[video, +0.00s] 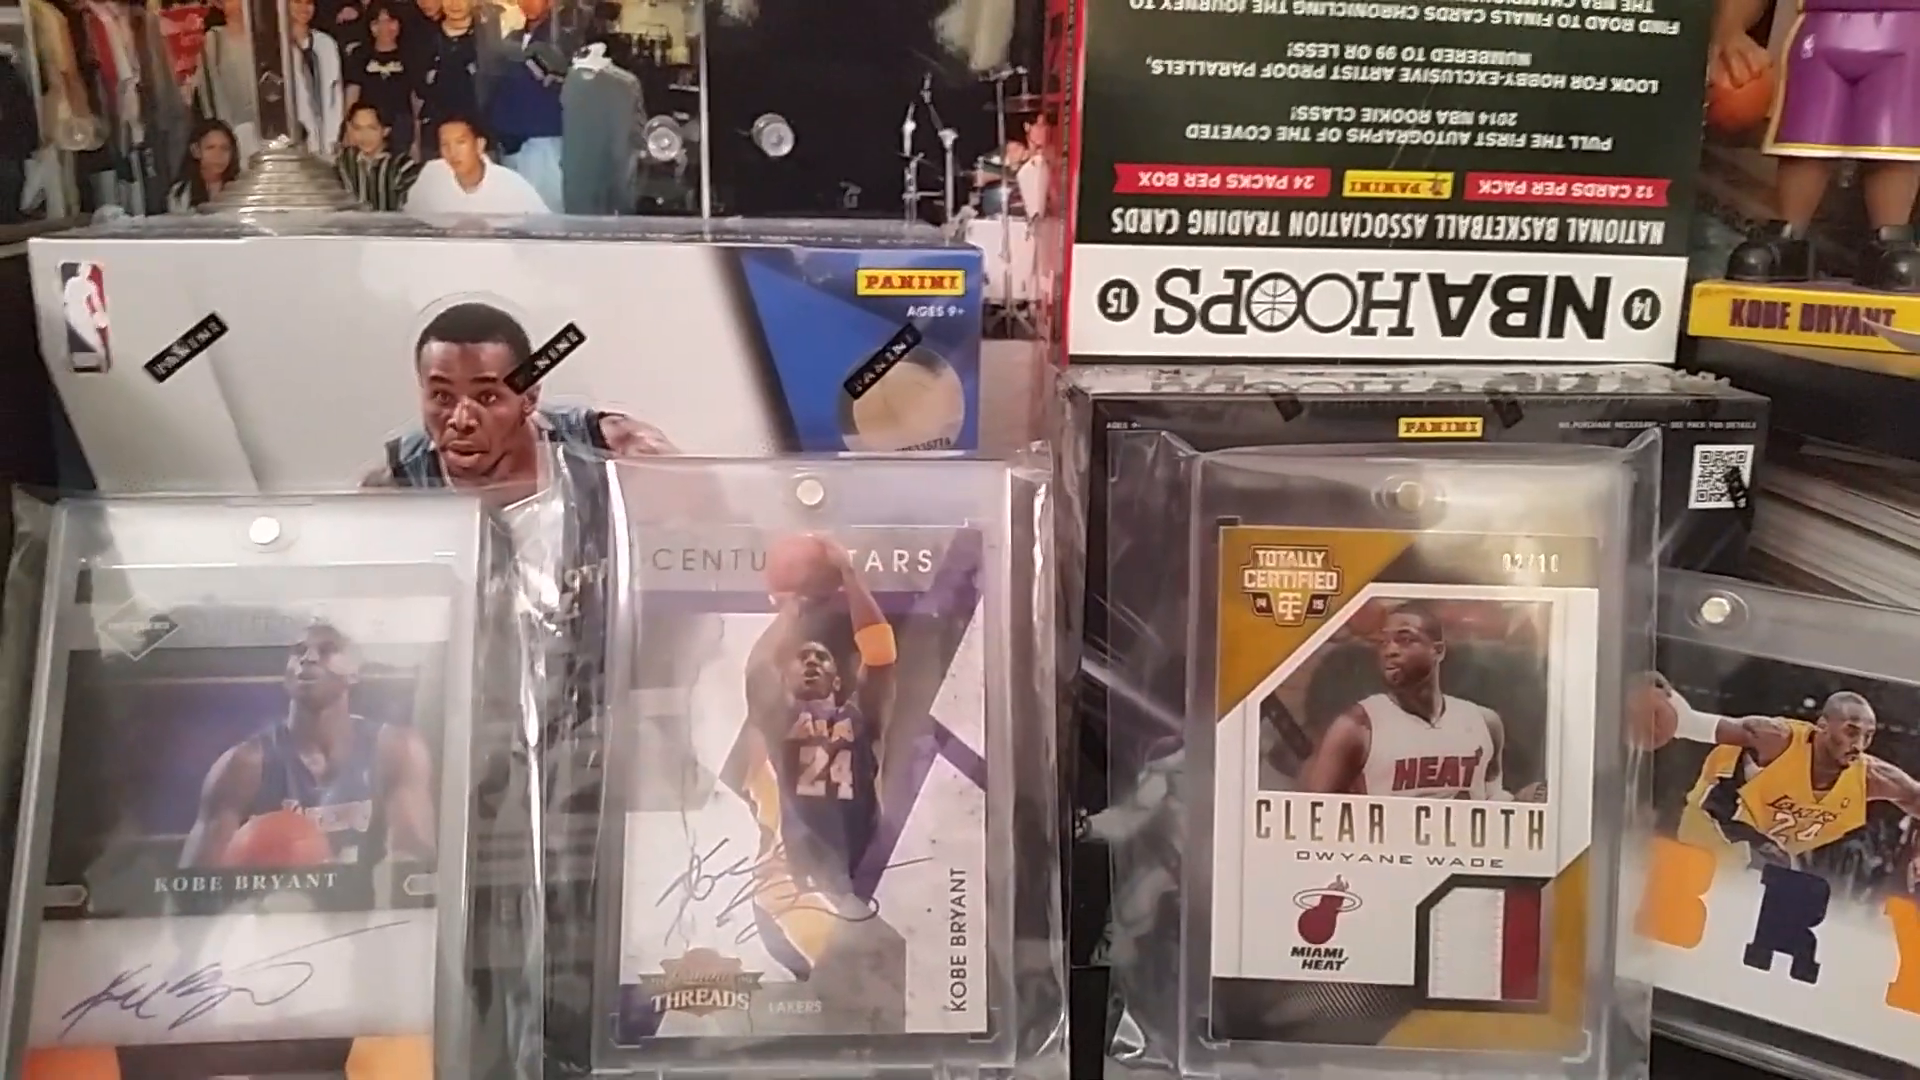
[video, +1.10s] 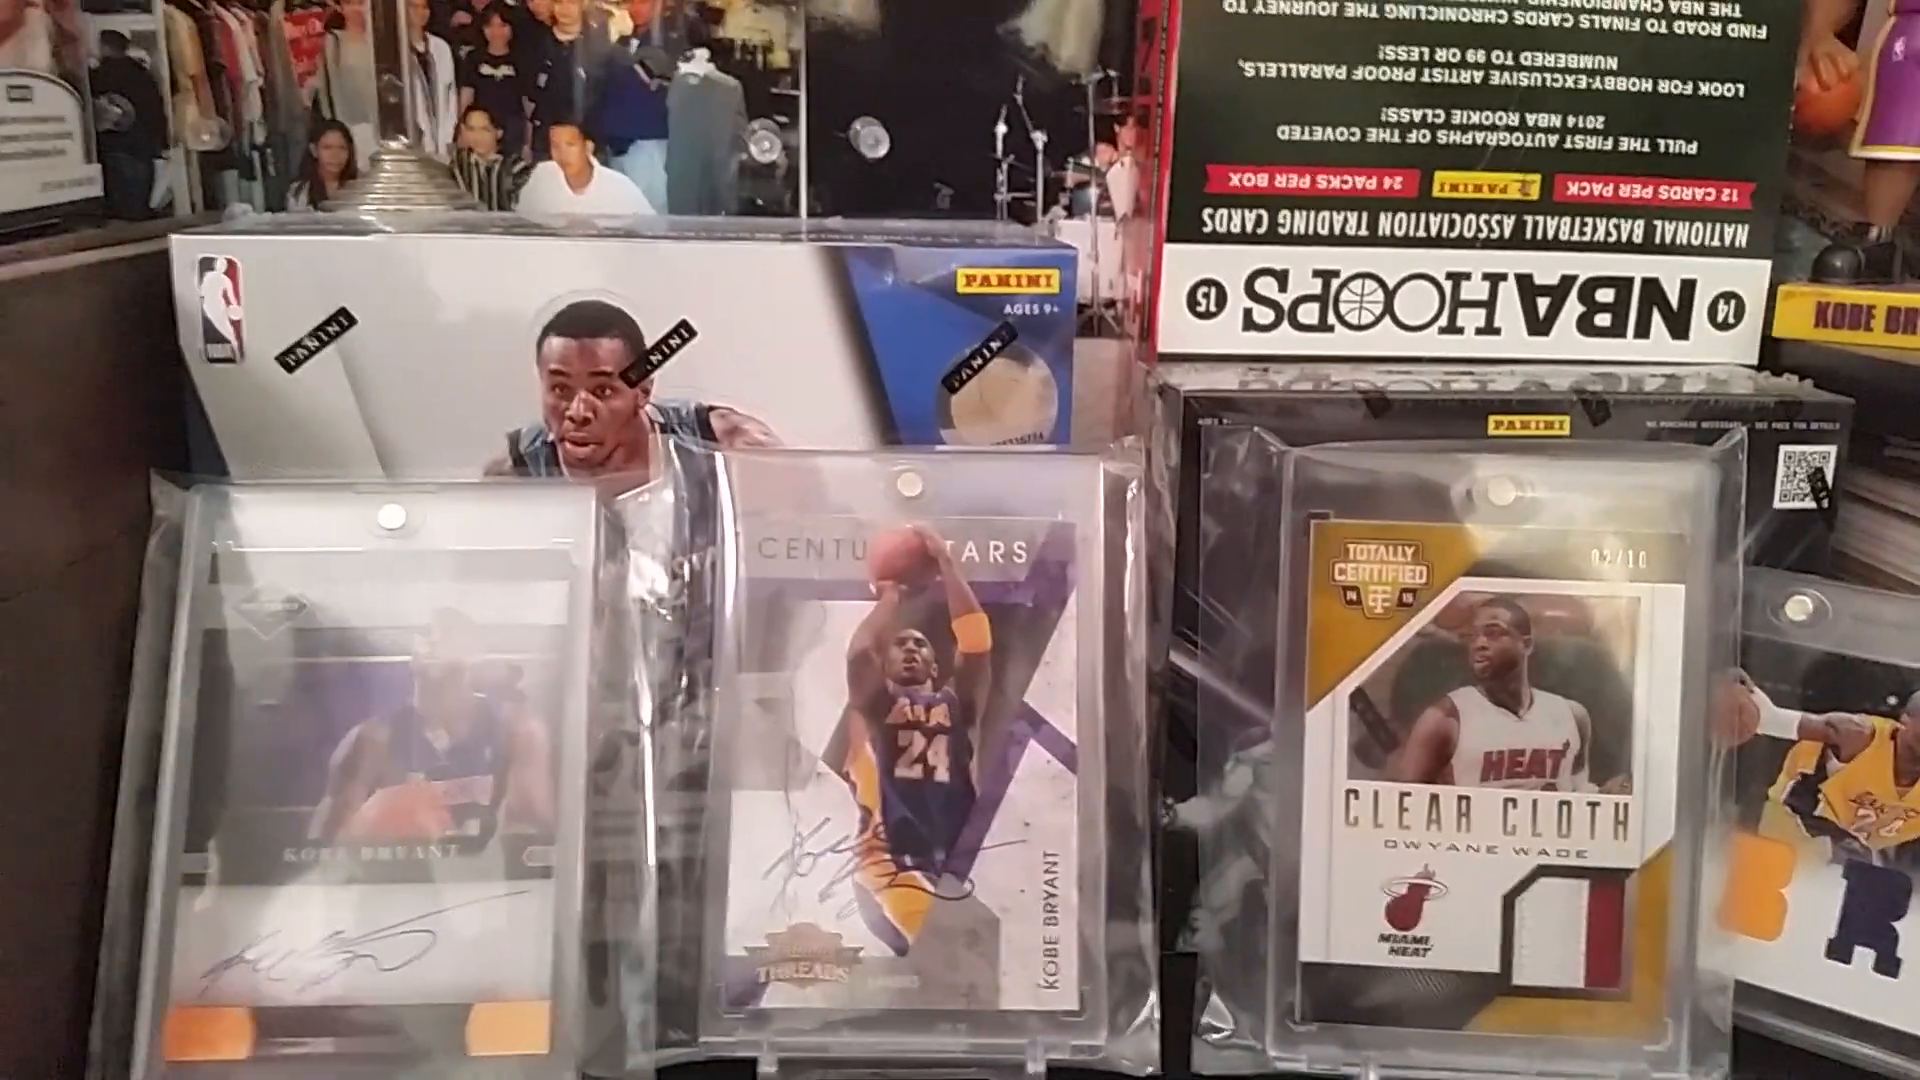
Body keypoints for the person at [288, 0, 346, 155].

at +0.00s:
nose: (305, 8)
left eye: (309, 3)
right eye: (298, 2)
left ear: (314, 8)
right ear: (288, 5)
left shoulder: (327, 44)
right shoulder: (280, 46)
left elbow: (336, 94)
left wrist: (331, 140)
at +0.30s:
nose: (326, 9)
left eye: (330, 4)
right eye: (319, 4)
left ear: (335, 8)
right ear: (307, 7)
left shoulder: (348, 45)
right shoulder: (299, 46)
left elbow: (357, 92)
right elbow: (300, 96)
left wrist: (354, 137)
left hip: (348, 139)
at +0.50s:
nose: (344, 9)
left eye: (347, 4)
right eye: (336, 3)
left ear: (352, 8)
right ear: (324, 7)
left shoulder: (365, 44)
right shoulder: (316, 46)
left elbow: (374, 92)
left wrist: (371, 138)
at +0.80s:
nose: (356, 10)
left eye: (360, 4)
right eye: (350, 4)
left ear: (365, 8)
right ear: (339, 7)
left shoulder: (378, 44)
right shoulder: (331, 46)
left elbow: (387, 90)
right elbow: (331, 94)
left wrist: (385, 135)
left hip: (378, 139)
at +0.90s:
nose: (374, 10)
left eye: (380, 4)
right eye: (371, 4)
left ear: (387, 10)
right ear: (362, 9)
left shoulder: (402, 47)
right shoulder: (354, 48)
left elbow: (409, 96)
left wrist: (406, 139)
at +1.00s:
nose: (405, 10)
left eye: (407, 4)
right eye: (398, 4)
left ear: (410, 9)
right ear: (386, 10)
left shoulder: (425, 45)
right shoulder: (379, 49)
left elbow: (434, 91)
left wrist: (431, 133)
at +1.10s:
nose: (422, 12)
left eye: (425, 7)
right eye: (414, 6)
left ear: (429, 11)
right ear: (403, 10)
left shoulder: (442, 48)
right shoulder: (397, 51)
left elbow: (451, 92)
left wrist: (450, 133)